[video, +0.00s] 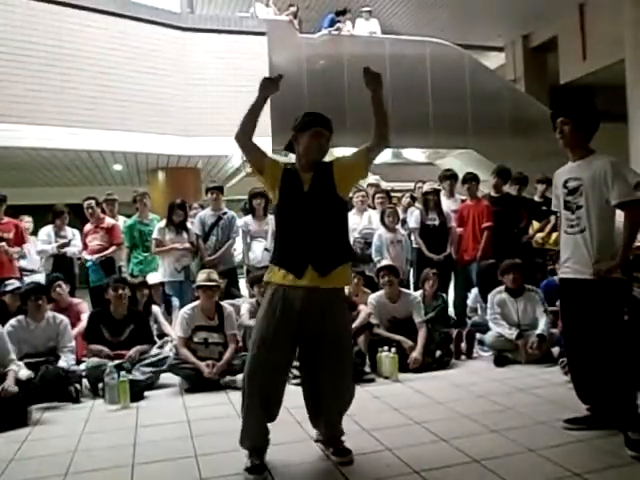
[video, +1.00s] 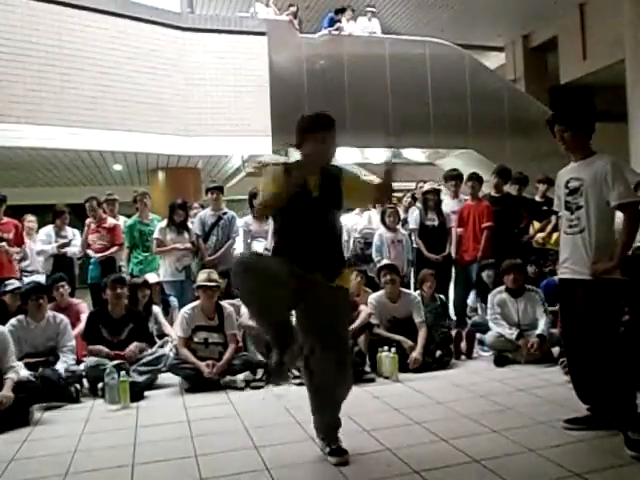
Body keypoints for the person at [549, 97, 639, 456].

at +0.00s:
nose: (561, 133)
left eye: (566, 127)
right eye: (558, 128)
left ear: (585, 130)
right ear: (558, 134)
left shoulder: (607, 166)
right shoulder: (560, 175)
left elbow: (632, 211)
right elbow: (562, 220)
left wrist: (622, 259)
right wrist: (560, 256)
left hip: (604, 275)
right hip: (571, 275)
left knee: (607, 346)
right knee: (578, 346)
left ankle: (620, 412)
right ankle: (597, 409)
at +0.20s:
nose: (560, 132)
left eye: (566, 126)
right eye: (558, 127)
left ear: (585, 130)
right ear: (558, 134)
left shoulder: (605, 164)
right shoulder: (561, 175)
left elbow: (630, 211)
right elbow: (563, 218)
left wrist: (618, 258)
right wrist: (555, 250)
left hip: (602, 274)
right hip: (570, 274)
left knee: (606, 345)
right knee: (577, 345)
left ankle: (620, 412)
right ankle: (597, 409)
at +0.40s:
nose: (558, 130)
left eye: (564, 124)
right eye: (557, 125)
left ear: (584, 129)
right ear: (558, 131)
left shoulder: (605, 165)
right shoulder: (562, 176)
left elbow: (628, 212)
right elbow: (563, 221)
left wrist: (616, 258)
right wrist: (561, 257)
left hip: (601, 276)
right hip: (571, 276)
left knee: (606, 345)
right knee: (577, 345)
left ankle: (620, 411)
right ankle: (596, 408)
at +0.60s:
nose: (559, 133)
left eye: (564, 127)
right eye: (557, 128)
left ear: (583, 130)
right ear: (558, 134)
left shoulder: (605, 165)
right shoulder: (562, 175)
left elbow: (628, 211)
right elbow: (564, 221)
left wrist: (616, 259)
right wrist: (559, 257)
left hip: (600, 275)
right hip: (570, 275)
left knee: (605, 345)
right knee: (577, 345)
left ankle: (618, 411)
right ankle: (597, 408)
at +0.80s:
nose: (561, 136)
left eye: (565, 130)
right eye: (558, 132)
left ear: (583, 129)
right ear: (558, 136)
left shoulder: (607, 166)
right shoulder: (564, 174)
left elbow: (631, 213)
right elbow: (565, 219)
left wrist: (617, 259)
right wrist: (560, 256)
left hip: (602, 275)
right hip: (570, 275)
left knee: (605, 346)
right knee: (577, 346)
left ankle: (620, 413)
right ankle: (597, 409)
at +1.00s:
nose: (562, 139)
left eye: (566, 132)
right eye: (559, 134)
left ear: (583, 130)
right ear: (557, 136)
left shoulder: (607, 166)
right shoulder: (563, 174)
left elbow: (631, 213)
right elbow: (564, 220)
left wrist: (618, 259)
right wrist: (561, 257)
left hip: (601, 275)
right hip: (570, 275)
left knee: (605, 346)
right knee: (577, 346)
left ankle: (619, 412)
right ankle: (597, 409)